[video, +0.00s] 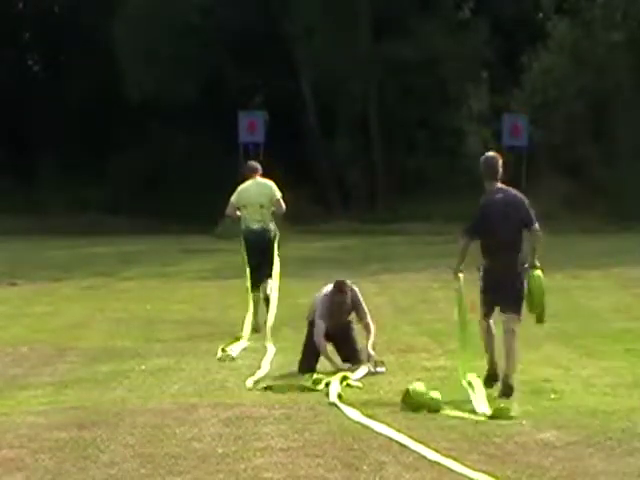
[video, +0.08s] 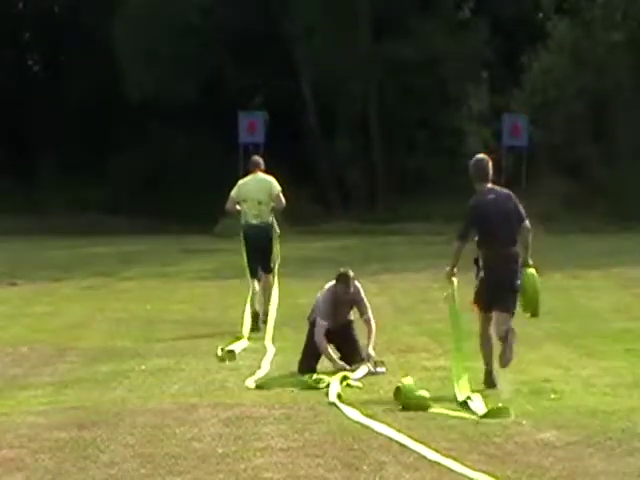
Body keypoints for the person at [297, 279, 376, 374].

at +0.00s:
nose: (342, 302)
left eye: (344, 298)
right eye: (339, 299)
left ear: (349, 293)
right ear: (333, 295)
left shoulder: (353, 293)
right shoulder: (323, 299)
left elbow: (368, 324)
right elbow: (318, 338)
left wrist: (369, 348)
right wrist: (335, 365)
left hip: (342, 326)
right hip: (320, 325)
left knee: (355, 360)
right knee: (306, 366)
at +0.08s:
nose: (348, 293)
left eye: (350, 290)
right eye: (344, 291)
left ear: (353, 286)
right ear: (336, 287)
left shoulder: (356, 289)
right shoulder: (326, 296)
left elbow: (369, 321)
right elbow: (319, 337)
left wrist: (370, 347)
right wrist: (335, 362)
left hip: (343, 326)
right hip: (321, 326)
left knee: (356, 362)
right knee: (306, 368)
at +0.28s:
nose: (357, 288)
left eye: (360, 284)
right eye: (354, 285)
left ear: (362, 282)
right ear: (346, 283)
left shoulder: (366, 287)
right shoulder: (336, 293)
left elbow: (376, 318)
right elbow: (321, 330)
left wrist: (370, 346)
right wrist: (331, 357)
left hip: (351, 329)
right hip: (331, 328)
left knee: (357, 361)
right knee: (310, 368)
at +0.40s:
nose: (357, 292)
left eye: (360, 289)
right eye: (354, 290)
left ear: (363, 285)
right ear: (347, 287)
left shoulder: (368, 289)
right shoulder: (338, 295)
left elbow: (377, 321)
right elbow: (323, 337)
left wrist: (369, 350)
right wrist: (332, 364)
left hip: (358, 326)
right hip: (338, 326)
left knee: (355, 362)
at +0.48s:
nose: (353, 297)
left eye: (356, 294)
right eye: (350, 294)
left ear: (361, 290)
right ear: (344, 290)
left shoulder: (366, 291)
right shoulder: (337, 296)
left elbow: (376, 327)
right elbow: (324, 336)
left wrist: (361, 363)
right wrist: (333, 364)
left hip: (361, 329)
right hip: (341, 331)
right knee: (320, 362)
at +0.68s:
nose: (344, 304)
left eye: (346, 301)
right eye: (341, 302)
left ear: (352, 295)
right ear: (337, 298)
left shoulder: (362, 292)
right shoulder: (335, 305)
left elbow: (375, 328)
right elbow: (333, 345)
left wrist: (362, 361)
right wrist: (345, 366)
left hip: (363, 325)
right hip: (345, 327)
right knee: (346, 358)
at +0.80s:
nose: (345, 306)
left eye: (347, 303)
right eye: (342, 304)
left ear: (352, 297)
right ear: (337, 301)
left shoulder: (363, 293)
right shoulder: (335, 307)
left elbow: (376, 329)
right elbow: (334, 349)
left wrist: (364, 361)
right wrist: (345, 367)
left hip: (364, 324)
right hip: (346, 328)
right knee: (346, 361)